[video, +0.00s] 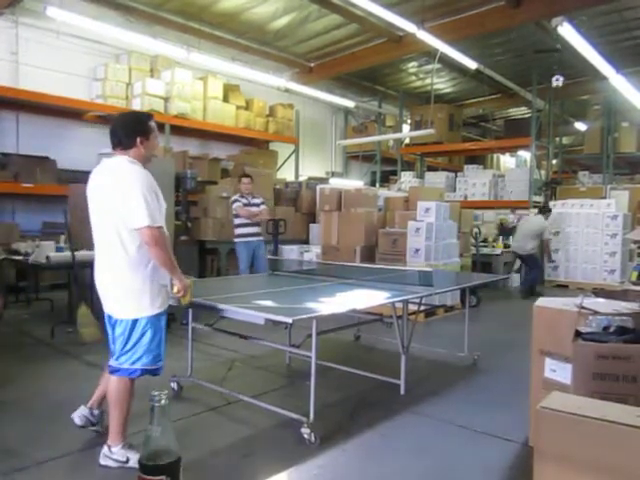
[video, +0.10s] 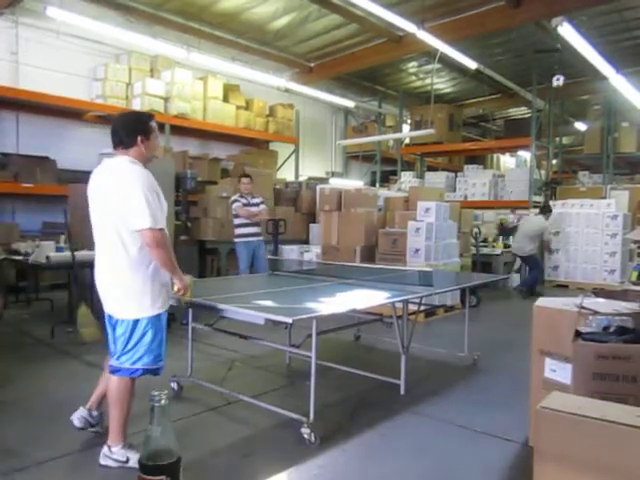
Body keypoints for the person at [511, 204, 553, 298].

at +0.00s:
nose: (548, 216)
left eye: (548, 214)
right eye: (548, 215)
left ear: (538, 211)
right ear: (547, 214)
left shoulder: (527, 218)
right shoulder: (544, 224)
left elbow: (517, 228)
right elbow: (546, 242)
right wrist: (549, 257)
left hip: (515, 247)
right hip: (528, 250)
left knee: (529, 267)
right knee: (537, 268)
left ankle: (525, 287)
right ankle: (530, 288)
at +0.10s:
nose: (549, 216)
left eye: (549, 214)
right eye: (549, 214)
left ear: (540, 211)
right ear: (548, 214)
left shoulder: (528, 218)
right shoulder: (544, 224)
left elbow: (519, 229)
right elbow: (546, 240)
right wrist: (549, 250)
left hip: (516, 248)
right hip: (527, 250)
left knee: (532, 267)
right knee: (538, 269)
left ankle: (531, 289)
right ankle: (523, 286)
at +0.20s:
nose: (550, 213)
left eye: (550, 210)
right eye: (550, 211)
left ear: (541, 208)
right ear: (548, 211)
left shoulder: (529, 213)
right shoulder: (544, 222)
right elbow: (545, 239)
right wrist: (550, 241)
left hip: (516, 246)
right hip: (527, 248)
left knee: (532, 267)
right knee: (538, 268)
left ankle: (532, 288)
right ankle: (523, 286)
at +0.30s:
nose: (549, 207)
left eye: (549, 204)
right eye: (549, 205)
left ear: (538, 202)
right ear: (548, 204)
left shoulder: (528, 212)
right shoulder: (542, 216)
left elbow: (523, 228)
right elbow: (540, 233)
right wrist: (547, 240)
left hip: (520, 244)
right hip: (529, 246)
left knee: (532, 267)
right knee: (538, 267)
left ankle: (531, 289)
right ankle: (523, 286)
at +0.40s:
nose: (548, 202)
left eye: (548, 199)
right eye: (547, 199)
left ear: (537, 197)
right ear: (542, 198)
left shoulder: (528, 208)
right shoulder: (536, 211)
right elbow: (535, 230)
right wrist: (547, 244)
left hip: (524, 243)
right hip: (530, 244)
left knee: (534, 268)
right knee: (536, 269)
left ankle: (531, 289)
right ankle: (521, 290)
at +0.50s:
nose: (542, 198)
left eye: (543, 195)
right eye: (540, 195)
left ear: (535, 195)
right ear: (535, 195)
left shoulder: (534, 208)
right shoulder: (530, 208)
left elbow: (533, 224)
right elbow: (528, 225)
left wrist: (540, 231)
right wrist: (539, 238)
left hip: (536, 243)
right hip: (530, 243)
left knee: (538, 269)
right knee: (534, 270)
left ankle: (534, 288)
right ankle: (519, 290)